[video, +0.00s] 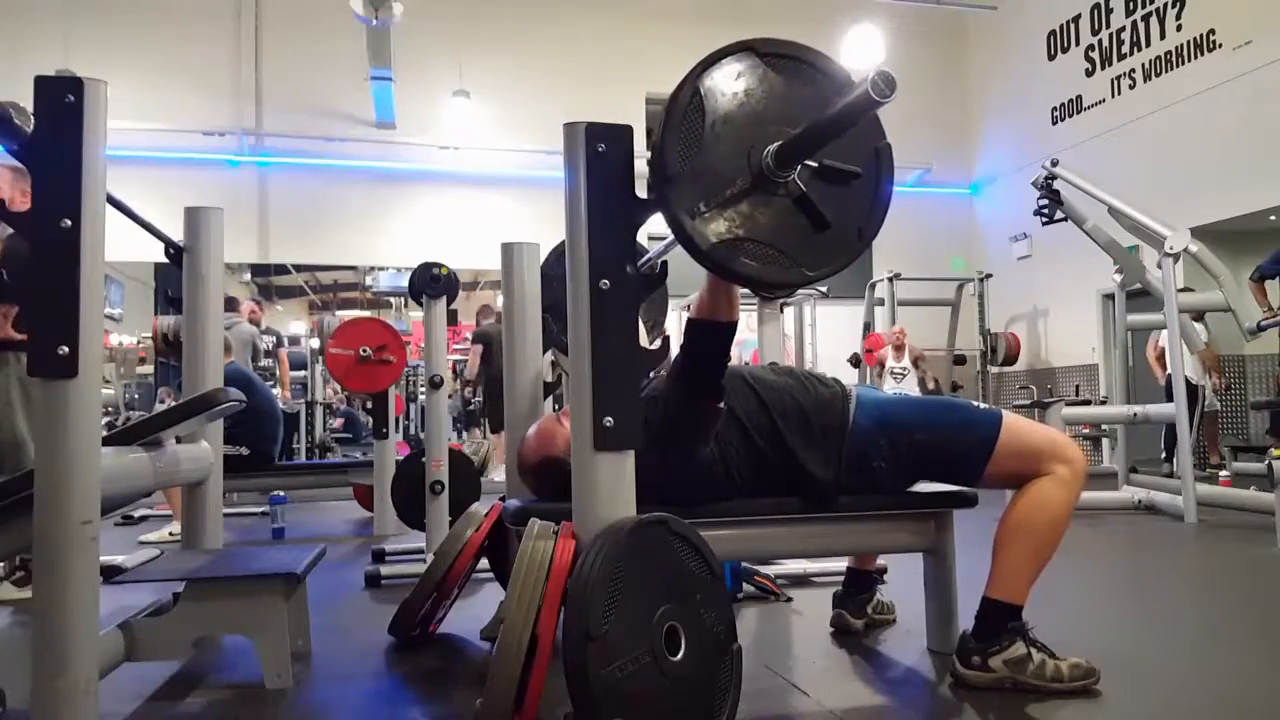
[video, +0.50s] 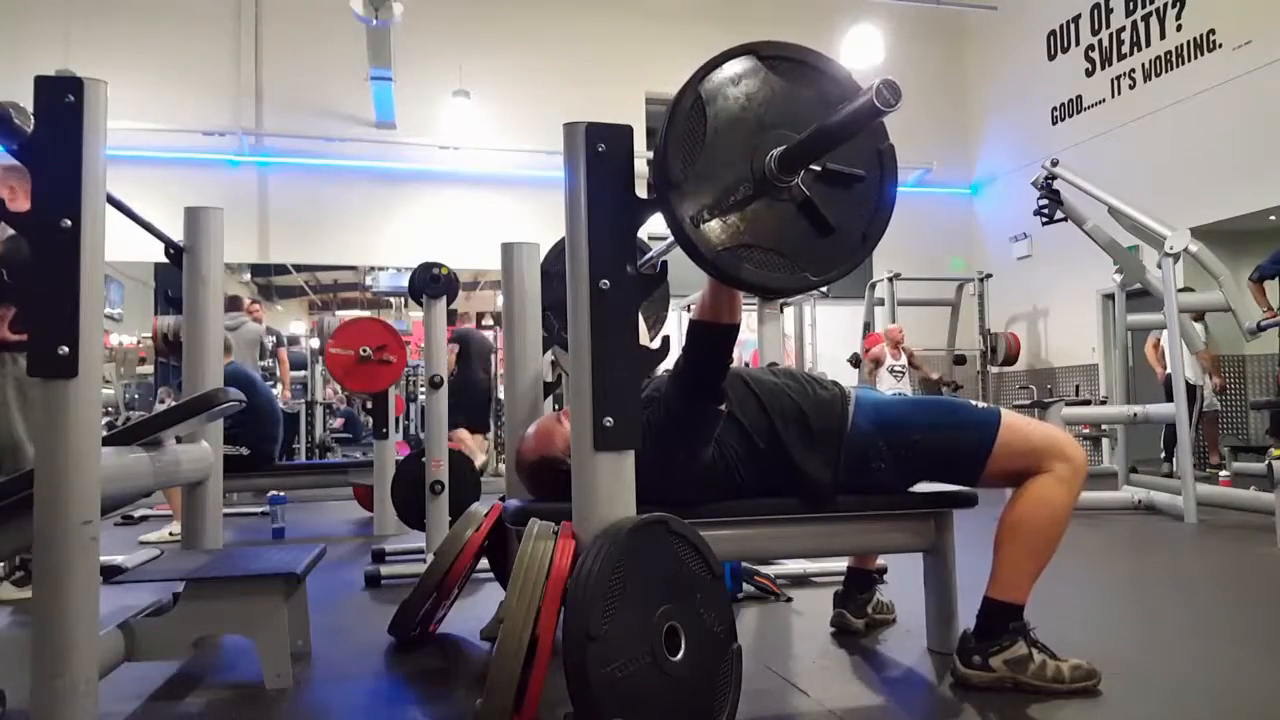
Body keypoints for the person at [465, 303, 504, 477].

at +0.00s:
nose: (477, 323)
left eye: (477, 320)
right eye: (478, 320)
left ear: (479, 318)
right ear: (494, 315)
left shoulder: (480, 333)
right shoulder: (504, 329)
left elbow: (474, 362)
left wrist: (469, 378)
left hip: (493, 382)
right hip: (510, 379)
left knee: (496, 428)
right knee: (510, 424)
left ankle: (499, 466)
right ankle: (510, 465)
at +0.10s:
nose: (476, 323)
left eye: (476, 321)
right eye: (478, 321)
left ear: (477, 319)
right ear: (492, 318)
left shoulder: (476, 333)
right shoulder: (502, 332)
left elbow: (471, 357)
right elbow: (507, 356)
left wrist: (467, 380)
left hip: (488, 382)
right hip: (504, 379)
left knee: (497, 428)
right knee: (492, 427)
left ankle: (508, 464)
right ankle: (490, 466)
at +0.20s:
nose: (472, 326)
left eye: (472, 323)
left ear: (473, 322)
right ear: (489, 320)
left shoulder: (472, 334)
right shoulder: (498, 336)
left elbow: (467, 358)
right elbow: (503, 360)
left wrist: (463, 382)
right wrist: (504, 378)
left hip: (482, 382)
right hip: (499, 381)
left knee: (496, 427)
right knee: (489, 429)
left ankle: (506, 464)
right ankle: (485, 468)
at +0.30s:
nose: (468, 326)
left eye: (468, 324)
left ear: (470, 322)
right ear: (485, 322)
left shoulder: (469, 335)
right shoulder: (494, 338)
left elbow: (462, 358)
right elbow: (498, 363)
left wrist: (457, 381)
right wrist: (497, 382)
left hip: (476, 384)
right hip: (494, 384)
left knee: (484, 428)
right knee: (487, 427)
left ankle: (502, 465)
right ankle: (483, 465)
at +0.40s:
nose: (464, 325)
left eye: (465, 322)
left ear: (465, 322)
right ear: (479, 322)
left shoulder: (464, 334)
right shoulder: (490, 340)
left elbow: (455, 359)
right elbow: (494, 365)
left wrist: (451, 377)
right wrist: (491, 380)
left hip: (470, 382)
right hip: (489, 383)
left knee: (465, 426)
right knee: (480, 427)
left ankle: (493, 455)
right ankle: (474, 465)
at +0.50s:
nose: (456, 324)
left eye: (457, 321)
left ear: (459, 321)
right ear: (473, 322)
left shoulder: (458, 335)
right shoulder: (487, 341)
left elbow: (450, 362)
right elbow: (491, 368)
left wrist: (443, 379)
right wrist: (490, 384)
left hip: (462, 383)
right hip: (484, 385)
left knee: (454, 425)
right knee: (479, 428)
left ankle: (476, 455)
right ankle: (479, 462)